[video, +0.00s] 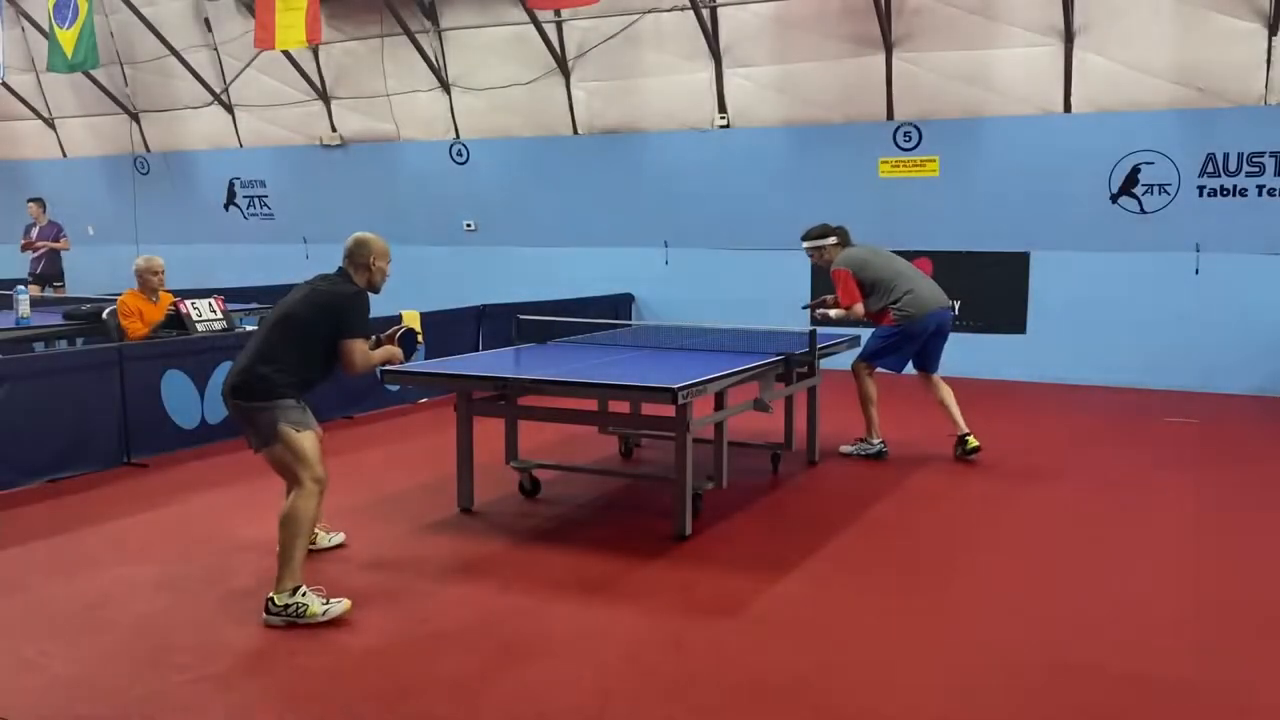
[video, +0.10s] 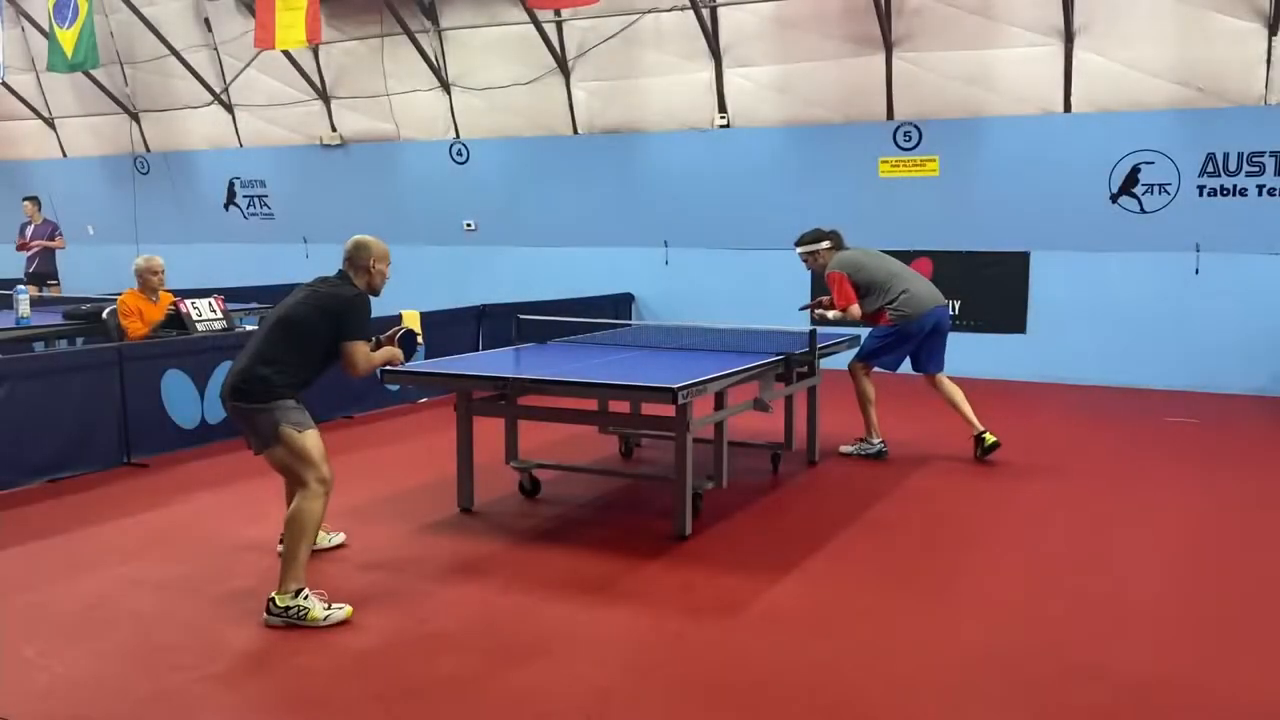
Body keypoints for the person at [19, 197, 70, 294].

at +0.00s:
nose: (29, 211)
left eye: (31, 207)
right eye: (28, 208)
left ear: (41, 209)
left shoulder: (56, 227)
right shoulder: (29, 228)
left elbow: (66, 245)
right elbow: (23, 246)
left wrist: (45, 244)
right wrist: (27, 245)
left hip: (54, 272)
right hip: (35, 272)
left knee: (61, 304)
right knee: (33, 304)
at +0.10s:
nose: (24, 209)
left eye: (27, 206)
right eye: (24, 207)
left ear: (36, 207)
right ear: (24, 208)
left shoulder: (52, 225)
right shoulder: (24, 226)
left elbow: (61, 244)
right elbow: (20, 242)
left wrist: (40, 243)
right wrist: (22, 245)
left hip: (49, 271)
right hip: (31, 271)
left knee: (57, 303)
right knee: (32, 304)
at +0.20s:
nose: (19, 208)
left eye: (22, 205)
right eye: (19, 206)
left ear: (31, 207)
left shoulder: (46, 225)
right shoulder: (19, 226)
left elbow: (59, 243)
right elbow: (14, 244)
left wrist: (37, 244)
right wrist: (16, 245)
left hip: (44, 272)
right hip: (28, 272)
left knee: (48, 304)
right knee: (32, 305)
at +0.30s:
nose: (14, 208)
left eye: (17, 205)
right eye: (14, 205)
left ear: (26, 206)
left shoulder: (43, 225)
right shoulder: (16, 226)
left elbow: (56, 243)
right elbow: (12, 244)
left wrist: (35, 245)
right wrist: (14, 245)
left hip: (39, 270)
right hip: (24, 270)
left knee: (39, 301)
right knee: (26, 302)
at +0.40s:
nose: (10, 209)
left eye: (12, 206)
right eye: (9, 206)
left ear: (22, 207)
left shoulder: (39, 226)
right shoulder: (12, 226)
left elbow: (53, 242)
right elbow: (9, 244)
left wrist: (32, 245)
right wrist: (10, 246)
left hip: (34, 270)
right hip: (20, 270)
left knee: (32, 302)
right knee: (23, 302)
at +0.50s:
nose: (6, 210)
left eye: (8, 207)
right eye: (6, 207)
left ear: (18, 208)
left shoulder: (34, 227)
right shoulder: (8, 227)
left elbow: (51, 243)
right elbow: (4, 243)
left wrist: (29, 246)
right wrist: (6, 246)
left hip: (31, 273)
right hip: (16, 273)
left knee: (31, 304)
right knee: (18, 304)